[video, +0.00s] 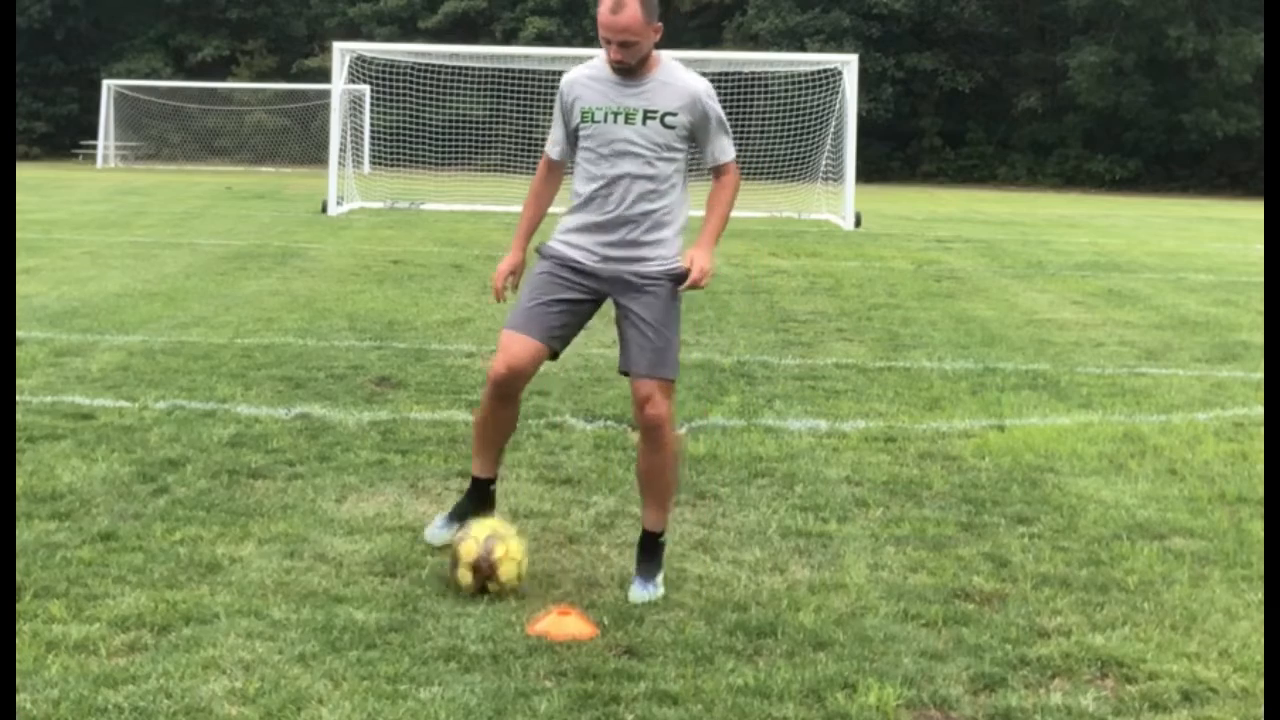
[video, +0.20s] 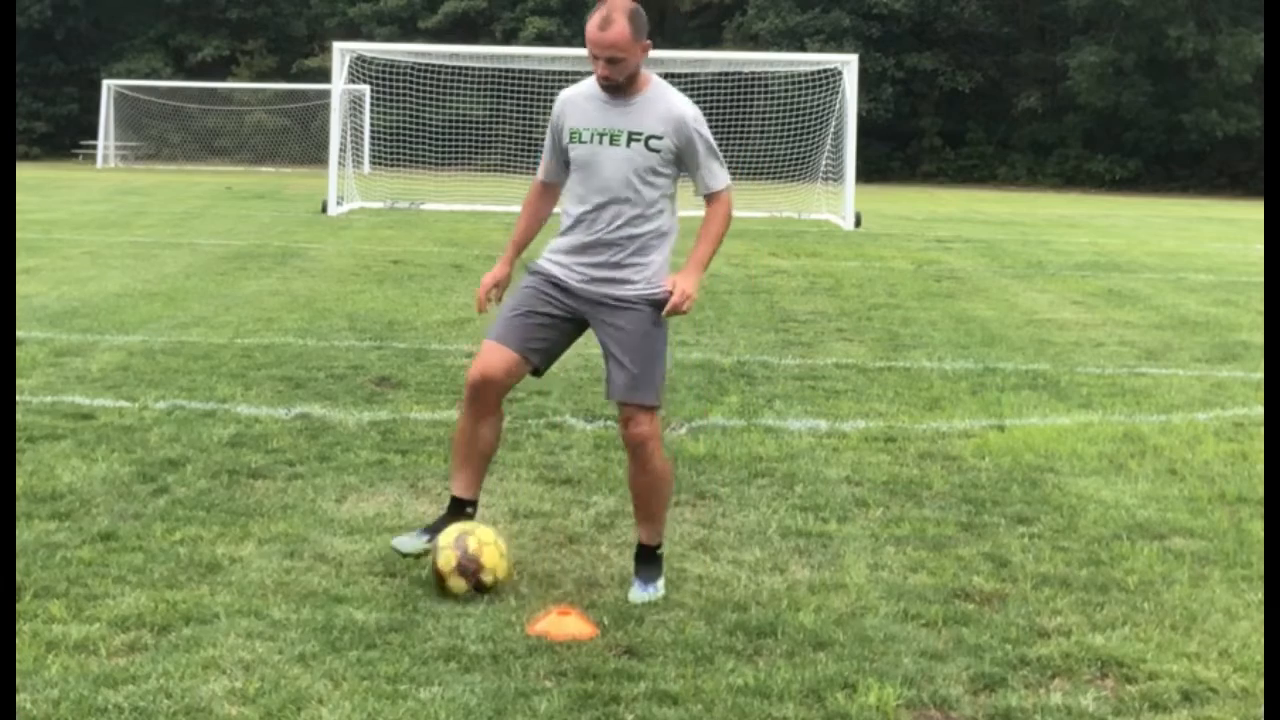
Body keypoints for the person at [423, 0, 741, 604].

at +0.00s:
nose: (614, 53)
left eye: (626, 44)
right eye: (605, 41)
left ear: (657, 31)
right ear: (597, 27)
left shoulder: (692, 93)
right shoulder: (577, 84)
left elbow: (727, 170)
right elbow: (551, 167)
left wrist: (705, 244)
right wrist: (518, 246)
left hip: (650, 266)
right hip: (572, 254)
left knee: (653, 411)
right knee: (503, 371)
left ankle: (650, 557)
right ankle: (477, 501)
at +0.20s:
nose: (602, 70)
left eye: (614, 60)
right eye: (595, 58)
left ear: (644, 49)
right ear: (587, 45)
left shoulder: (678, 115)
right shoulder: (570, 103)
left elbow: (720, 198)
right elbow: (545, 187)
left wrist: (692, 272)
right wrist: (507, 261)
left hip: (635, 289)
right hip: (560, 274)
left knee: (639, 431)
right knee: (484, 377)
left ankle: (648, 562)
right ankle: (458, 518)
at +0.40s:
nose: (587, 69)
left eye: (599, 59)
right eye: (580, 57)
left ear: (629, 49)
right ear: (573, 46)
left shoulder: (660, 117)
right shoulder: (561, 100)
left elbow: (705, 210)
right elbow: (542, 188)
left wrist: (674, 282)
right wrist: (502, 256)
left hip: (621, 291)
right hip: (546, 276)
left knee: (632, 432)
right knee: (463, 375)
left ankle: (649, 566)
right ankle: (458, 529)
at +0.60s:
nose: (566, 55)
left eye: (579, 44)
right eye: (558, 42)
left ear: (609, 34)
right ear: (549, 29)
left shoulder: (637, 97)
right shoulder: (540, 81)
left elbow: (685, 185)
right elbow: (535, 159)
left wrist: (651, 256)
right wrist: (498, 234)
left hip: (596, 281)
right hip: (525, 263)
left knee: (615, 417)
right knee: (453, 368)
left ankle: (646, 552)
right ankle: (461, 523)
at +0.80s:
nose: (541, 44)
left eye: (553, 34)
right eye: (533, 32)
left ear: (582, 21)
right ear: (524, 19)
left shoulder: (614, 85)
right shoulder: (512, 74)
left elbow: (658, 173)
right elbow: (509, 150)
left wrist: (630, 240)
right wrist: (482, 224)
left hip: (580, 263)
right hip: (506, 251)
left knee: (588, 402)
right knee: (453, 370)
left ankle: (632, 528)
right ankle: (451, 522)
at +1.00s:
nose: (514, 53)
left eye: (525, 43)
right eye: (504, 41)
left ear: (555, 29)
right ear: (495, 29)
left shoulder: (592, 90)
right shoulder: (485, 84)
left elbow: (631, 172)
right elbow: (480, 160)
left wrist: (617, 250)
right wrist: (457, 238)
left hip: (571, 255)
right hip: (498, 251)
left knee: (559, 379)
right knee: (455, 385)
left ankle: (598, 490)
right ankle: (438, 532)